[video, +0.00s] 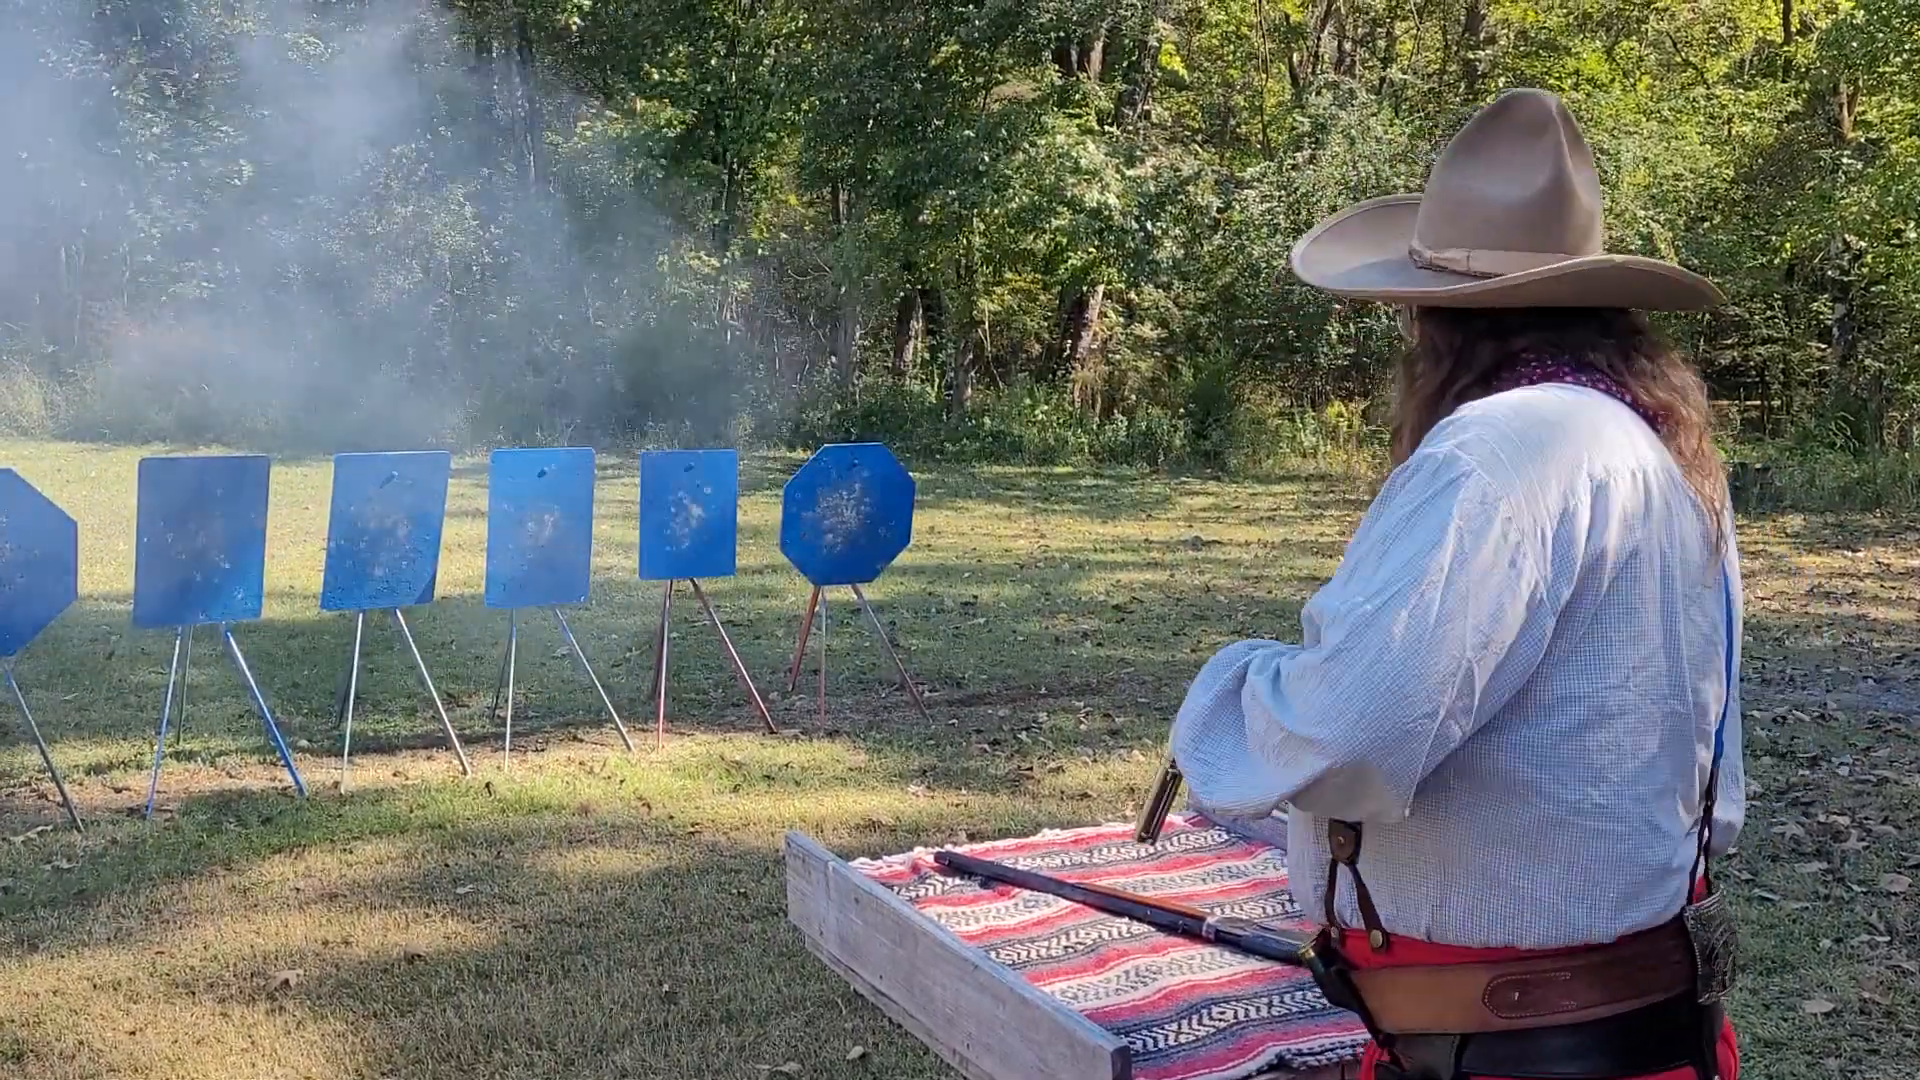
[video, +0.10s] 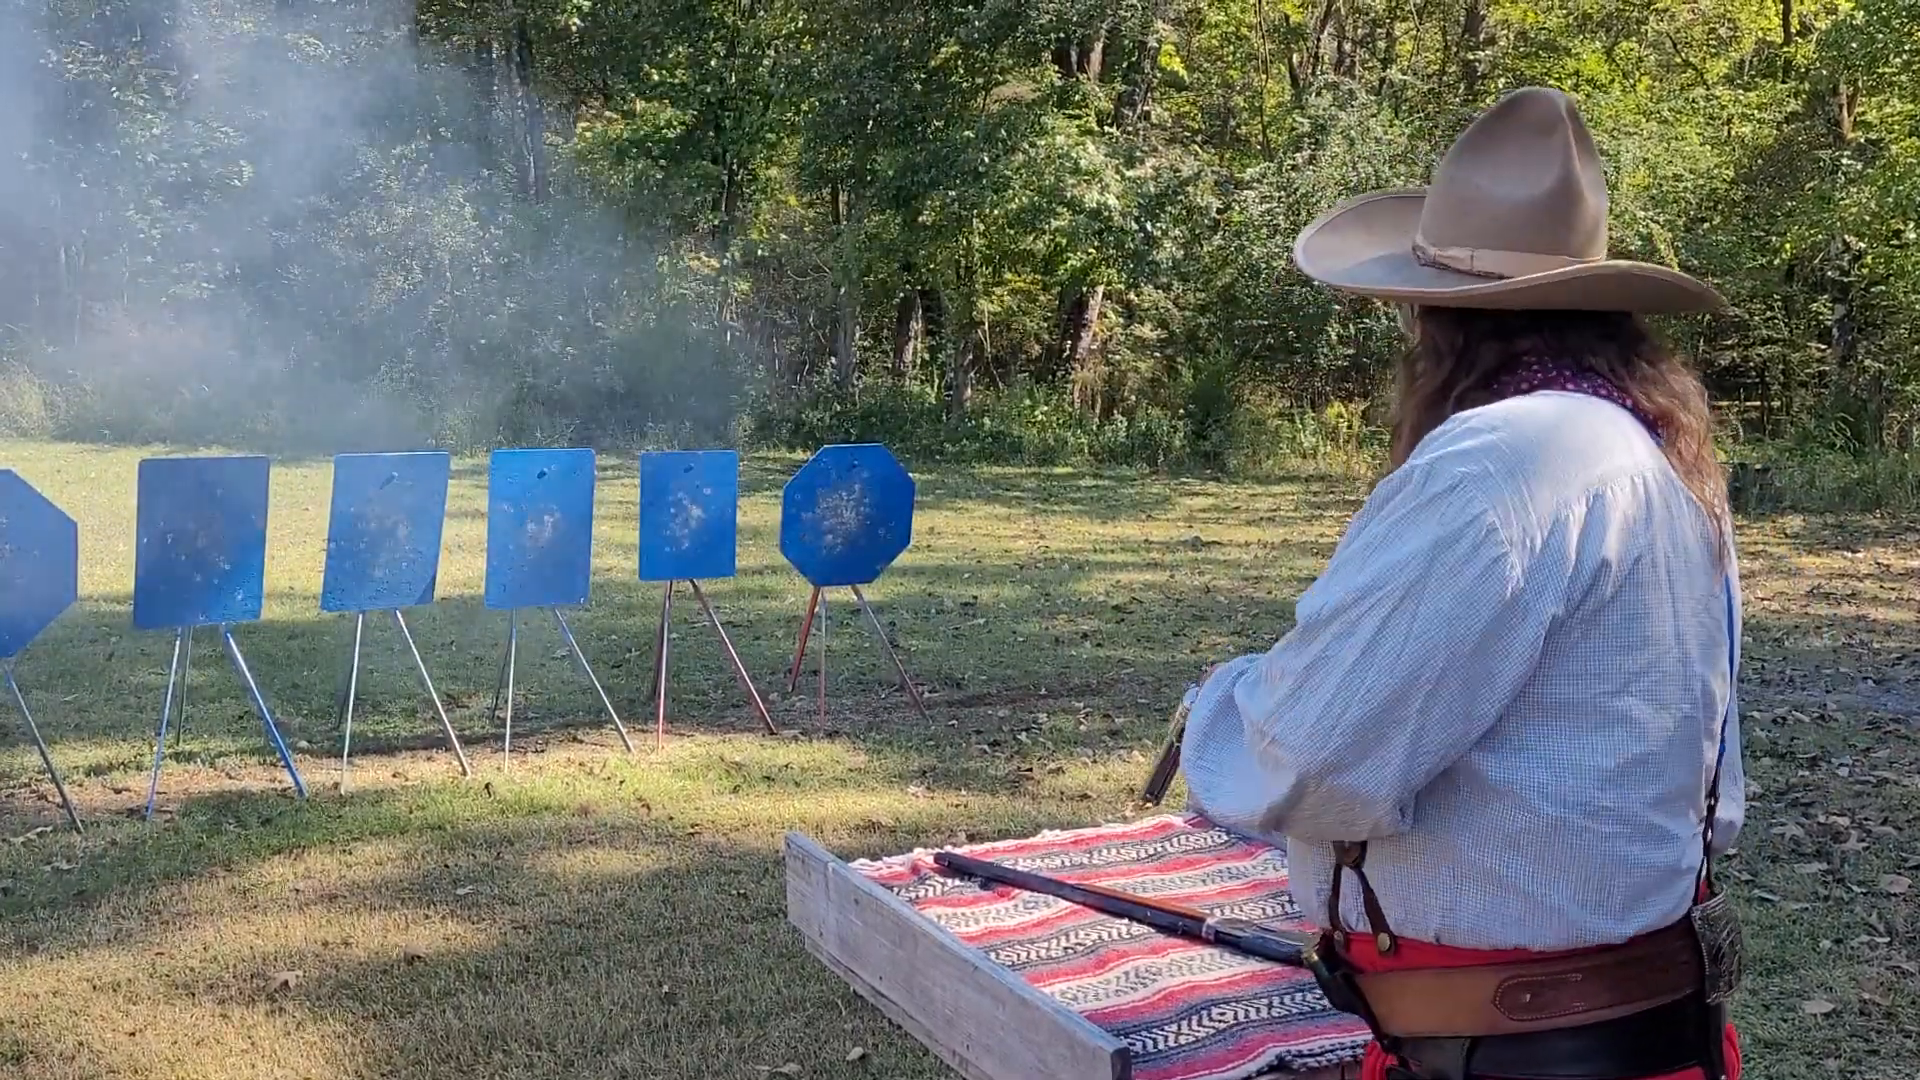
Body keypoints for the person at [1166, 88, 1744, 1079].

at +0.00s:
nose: (1406, 328)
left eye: (1417, 305)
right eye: (1410, 303)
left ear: (1457, 315)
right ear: (1589, 307)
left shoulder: (1503, 453)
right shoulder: (1665, 454)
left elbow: (1354, 737)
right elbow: (1709, 791)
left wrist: (1234, 683)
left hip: (1497, 1038)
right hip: (1639, 1006)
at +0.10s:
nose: (1405, 331)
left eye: (1416, 307)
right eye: (1411, 305)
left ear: (1450, 320)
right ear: (1588, 311)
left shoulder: (1506, 464)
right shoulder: (1662, 458)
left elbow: (1303, 765)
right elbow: (1711, 796)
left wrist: (1224, 696)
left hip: (1500, 1044)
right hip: (1643, 1006)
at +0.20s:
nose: (1403, 330)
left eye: (1414, 307)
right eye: (1409, 303)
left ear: (1447, 320)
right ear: (1588, 315)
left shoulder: (1497, 462)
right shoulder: (1661, 464)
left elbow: (1286, 761)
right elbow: (1708, 795)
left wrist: (1226, 697)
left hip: (1498, 1044)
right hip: (1646, 1005)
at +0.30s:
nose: (1400, 332)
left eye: (1411, 308)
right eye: (1406, 305)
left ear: (1442, 322)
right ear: (1586, 315)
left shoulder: (1486, 461)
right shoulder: (1665, 463)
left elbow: (1265, 757)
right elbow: (1713, 790)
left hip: (1496, 1044)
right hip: (1649, 1006)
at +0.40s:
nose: (1395, 335)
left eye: (1407, 312)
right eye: (1401, 307)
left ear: (1439, 326)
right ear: (1585, 319)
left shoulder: (1474, 464)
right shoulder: (1672, 469)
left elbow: (1261, 759)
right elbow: (1714, 791)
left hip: (1485, 1040)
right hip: (1649, 1004)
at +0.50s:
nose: (1394, 336)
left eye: (1406, 312)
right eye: (1401, 308)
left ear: (1438, 326)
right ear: (1583, 319)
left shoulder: (1479, 466)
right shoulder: (1674, 470)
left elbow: (1271, 753)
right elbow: (1714, 785)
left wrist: (1229, 680)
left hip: (1489, 1041)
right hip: (1648, 1004)